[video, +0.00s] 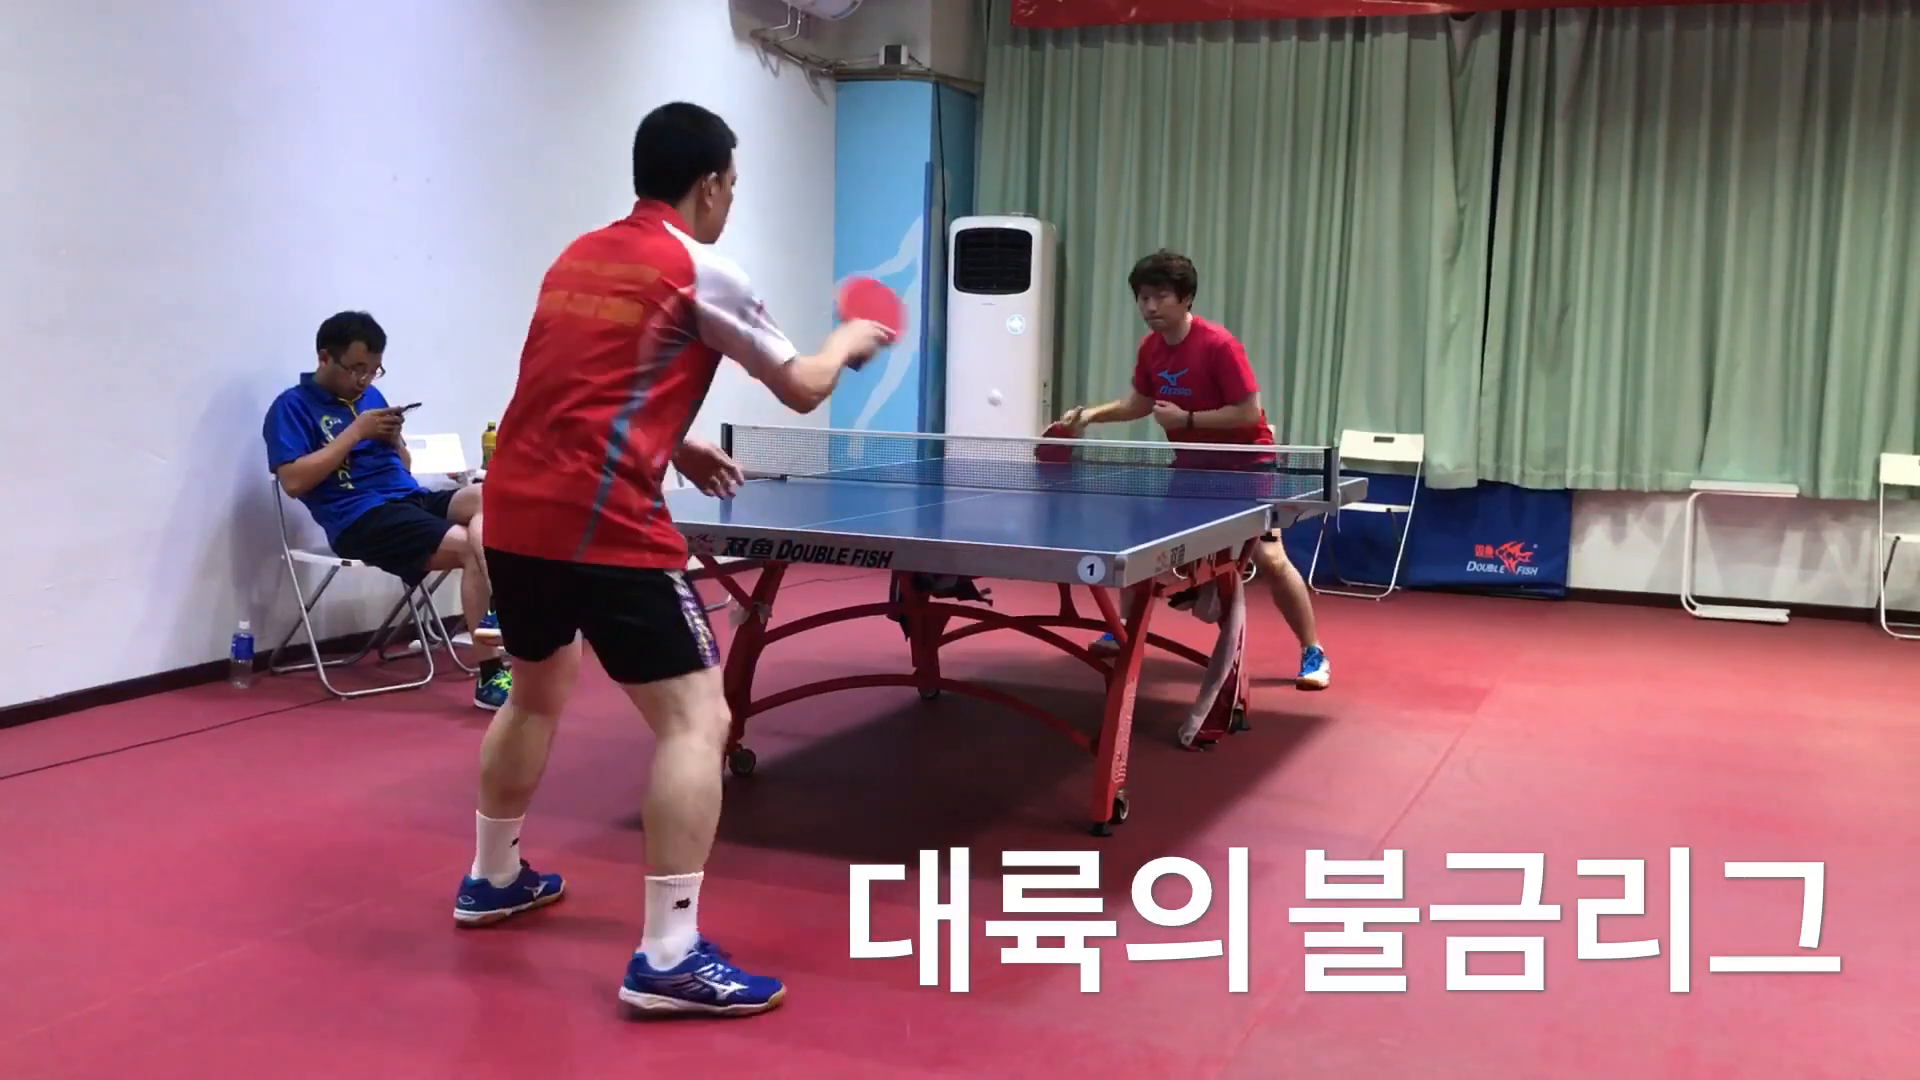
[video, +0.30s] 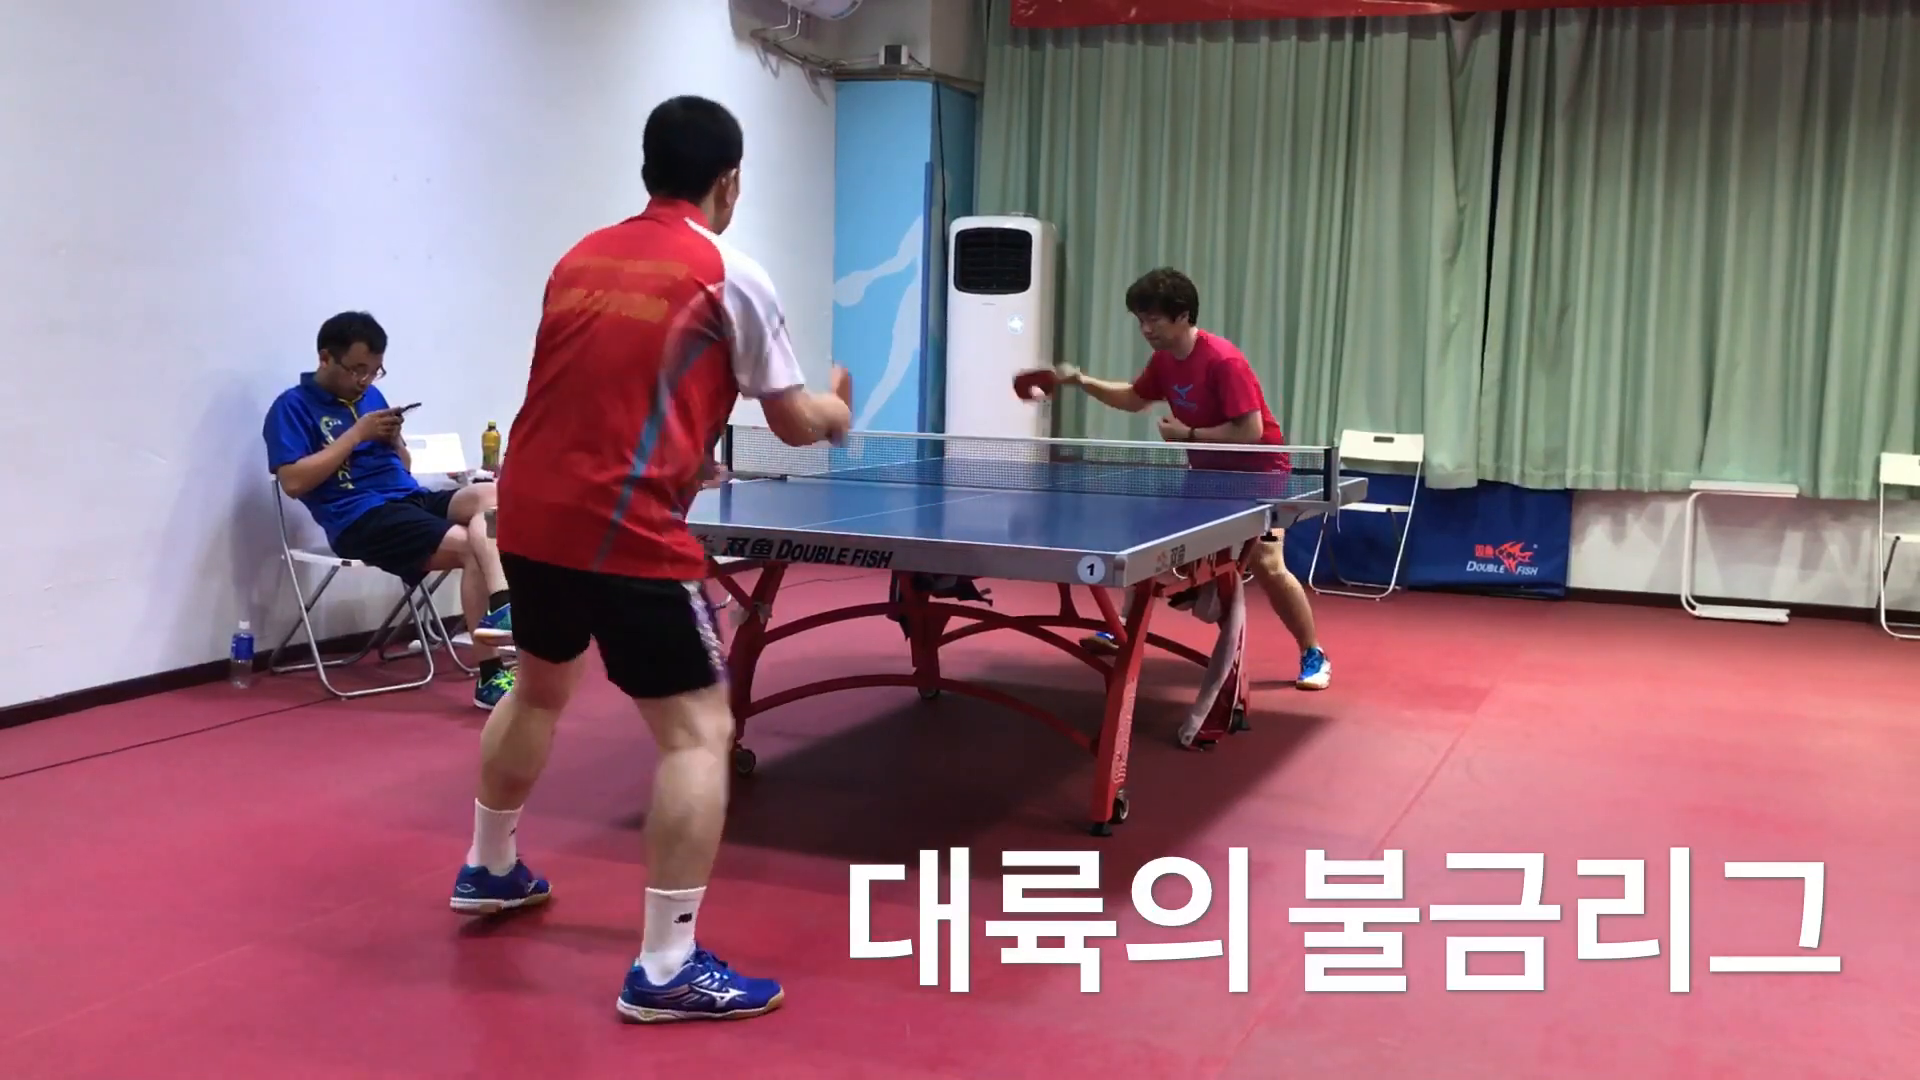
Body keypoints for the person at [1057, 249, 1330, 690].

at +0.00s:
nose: (1149, 307)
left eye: (1158, 297)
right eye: (1142, 298)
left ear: (1185, 298)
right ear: (1137, 301)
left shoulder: (1219, 345)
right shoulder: (1151, 348)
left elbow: (1250, 413)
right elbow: (1141, 403)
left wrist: (1186, 419)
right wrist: (1091, 413)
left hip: (1246, 468)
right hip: (1191, 468)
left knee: (1271, 557)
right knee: (1150, 541)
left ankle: (1312, 650)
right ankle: (1129, 628)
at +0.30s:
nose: (1145, 329)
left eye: (1152, 320)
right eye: (1141, 321)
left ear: (1181, 316)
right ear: (1141, 320)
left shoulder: (1224, 360)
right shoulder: (1164, 360)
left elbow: (1250, 430)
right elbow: (1135, 398)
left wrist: (1189, 434)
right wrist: (1083, 381)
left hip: (1258, 470)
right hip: (1208, 470)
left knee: (1268, 564)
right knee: (1157, 543)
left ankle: (1312, 653)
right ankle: (1128, 628)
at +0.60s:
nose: (1156, 313)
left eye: (1166, 303)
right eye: (1150, 304)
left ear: (1192, 305)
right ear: (1145, 307)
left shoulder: (1232, 349)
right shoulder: (1147, 356)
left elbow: (1267, 413)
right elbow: (1105, 415)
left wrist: (1205, 426)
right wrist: (1096, 394)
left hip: (1247, 474)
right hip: (1188, 474)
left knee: (1275, 556)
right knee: (1135, 546)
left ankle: (1315, 652)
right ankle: (1125, 634)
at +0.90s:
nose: (1132, 311)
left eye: (1141, 300)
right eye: (1126, 302)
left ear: (1169, 301)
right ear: (1122, 304)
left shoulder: (1203, 346)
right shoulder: (1147, 347)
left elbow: (1234, 415)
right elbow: (1143, 399)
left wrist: (1173, 420)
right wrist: (1091, 416)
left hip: (1242, 465)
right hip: (1190, 466)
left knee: (1261, 561)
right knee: (1146, 539)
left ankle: (1311, 651)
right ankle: (1126, 628)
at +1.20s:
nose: (1145, 325)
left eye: (1151, 316)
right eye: (1142, 317)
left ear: (1181, 310)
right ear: (1165, 315)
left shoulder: (1225, 356)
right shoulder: (1163, 355)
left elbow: (1250, 428)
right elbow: (1124, 395)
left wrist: (1188, 429)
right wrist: (1097, 370)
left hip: (1256, 472)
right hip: (1206, 473)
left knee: (1265, 570)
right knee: (1153, 543)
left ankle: (1310, 652)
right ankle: (1127, 630)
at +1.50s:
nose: (1159, 311)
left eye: (1169, 301)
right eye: (1152, 302)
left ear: (1194, 301)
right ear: (1147, 305)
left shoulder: (1234, 346)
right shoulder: (1146, 355)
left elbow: (1267, 411)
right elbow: (1108, 419)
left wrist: (1207, 422)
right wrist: (1110, 386)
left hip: (1244, 473)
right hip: (1184, 474)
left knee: (1270, 555)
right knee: (1134, 548)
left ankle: (1313, 652)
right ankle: (1122, 634)